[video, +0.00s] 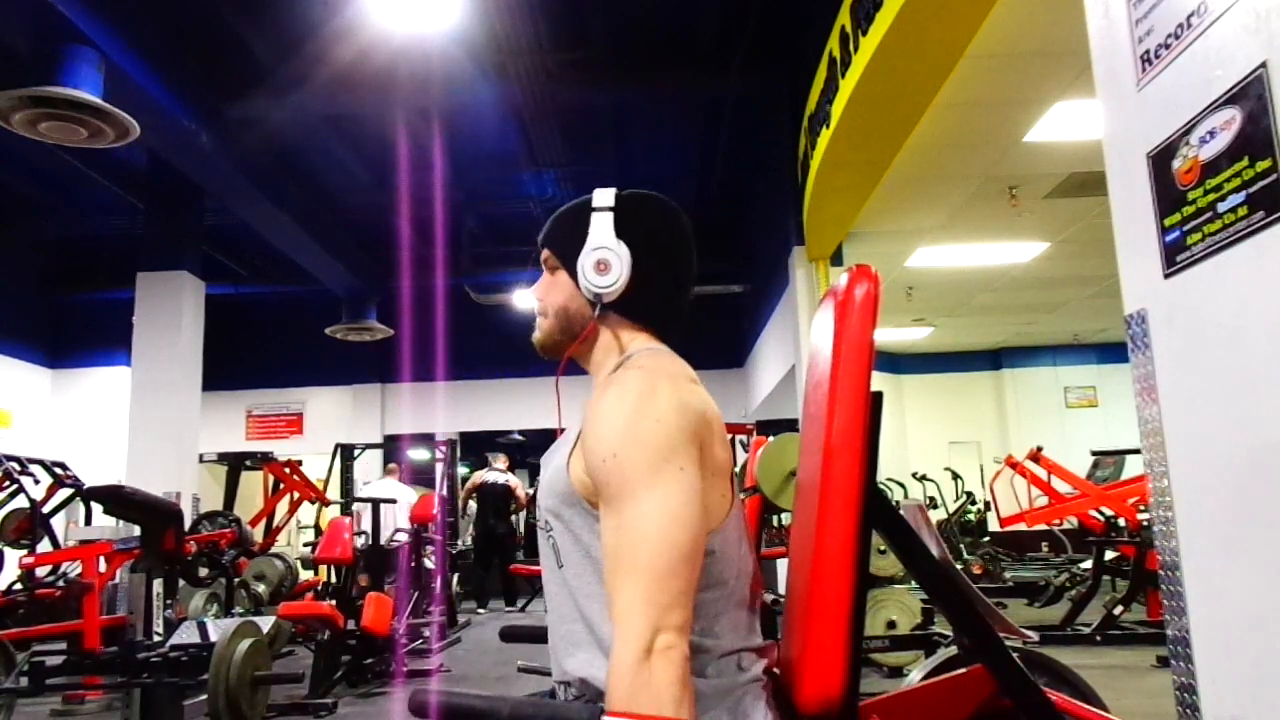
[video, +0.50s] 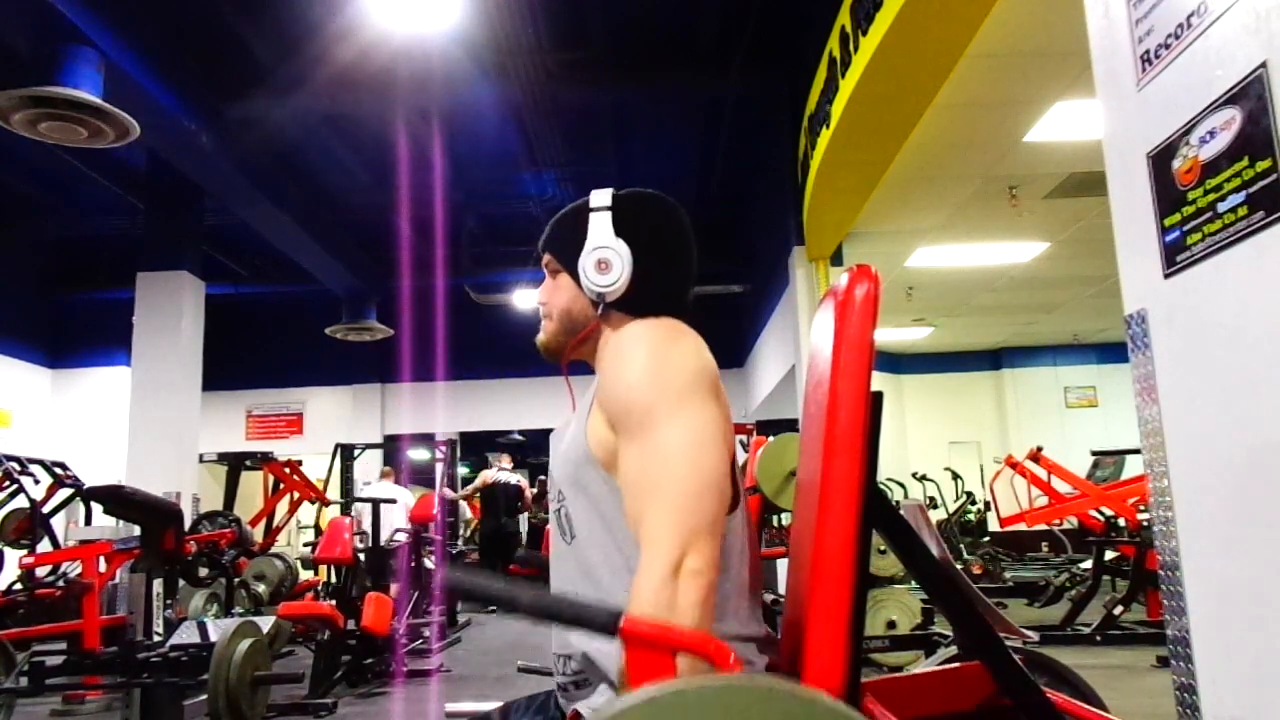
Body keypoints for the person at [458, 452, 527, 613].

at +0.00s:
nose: (506, 466)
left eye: (504, 463)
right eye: (506, 464)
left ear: (490, 463)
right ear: (505, 464)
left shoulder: (479, 475)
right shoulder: (513, 480)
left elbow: (466, 492)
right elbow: (522, 503)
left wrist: (463, 510)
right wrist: (511, 512)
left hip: (483, 529)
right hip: (504, 529)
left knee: (481, 567)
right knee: (507, 566)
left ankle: (481, 605)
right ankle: (510, 603)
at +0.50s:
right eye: (511, 464)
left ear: (495, 464)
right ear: (511, 465)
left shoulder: (487, 474)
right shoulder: (521, 480)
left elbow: (469, 491)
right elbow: (527, 506)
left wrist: (454, 496)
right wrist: (514, 512)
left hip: (489, 529)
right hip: (511, 531)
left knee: (488, 567)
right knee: (505, 569)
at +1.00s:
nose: (490, 465)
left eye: (489, 463)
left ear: (489, 464)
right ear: (504, 464)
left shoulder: (482, 475)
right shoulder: (516, 477)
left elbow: (463, 490)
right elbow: (525, 499)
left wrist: (447, 496)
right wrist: (513, 509)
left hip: (489, 528)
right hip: (510, 529)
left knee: (490, 564)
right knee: (506, 565)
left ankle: (493, 603)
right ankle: (508, 602)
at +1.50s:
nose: (479, 469)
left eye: (480, 467)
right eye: (481, 467)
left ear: (481, 466)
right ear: (496, 465)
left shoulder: (476, 476)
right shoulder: (510, 476)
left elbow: (463, 493)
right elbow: (522, 498)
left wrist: (449, 499)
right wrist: (511, 510)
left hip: (488, 529)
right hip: (508, 529)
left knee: (490, 567)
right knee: (510, 566)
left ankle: (493, 604)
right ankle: (511, 603)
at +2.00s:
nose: (474, 469)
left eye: (474, 467)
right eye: (475, 466)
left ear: (475, 467)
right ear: (490, 465)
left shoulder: (471, 478)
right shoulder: (505, 476)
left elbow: (456, 498)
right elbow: (517, 500)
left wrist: (448, 501)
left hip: (484, 530)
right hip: (505, 530)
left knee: (486, 567)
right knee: (507, 567)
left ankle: (492, 604)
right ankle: (511, 602)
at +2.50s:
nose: (473, 469)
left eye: (473, 466)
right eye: (474, 466)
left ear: (474, 467)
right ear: (489, 464)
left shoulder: (470, 478)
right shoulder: (504, 476)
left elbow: (455, 498)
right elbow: (516, 499)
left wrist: (447, 502)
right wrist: (508, 511)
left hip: (483, 530)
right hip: (504, 529)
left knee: (487, 567)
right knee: (506, 566)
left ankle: (492, 604)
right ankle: (510, 602)